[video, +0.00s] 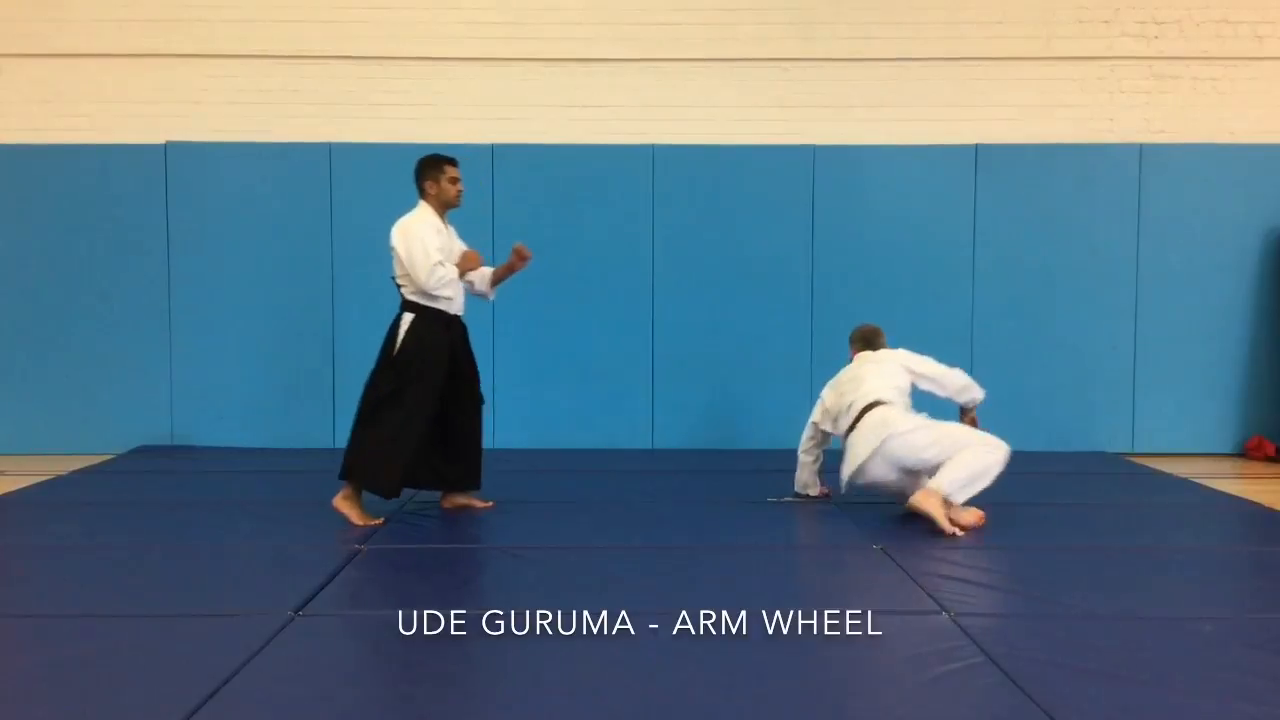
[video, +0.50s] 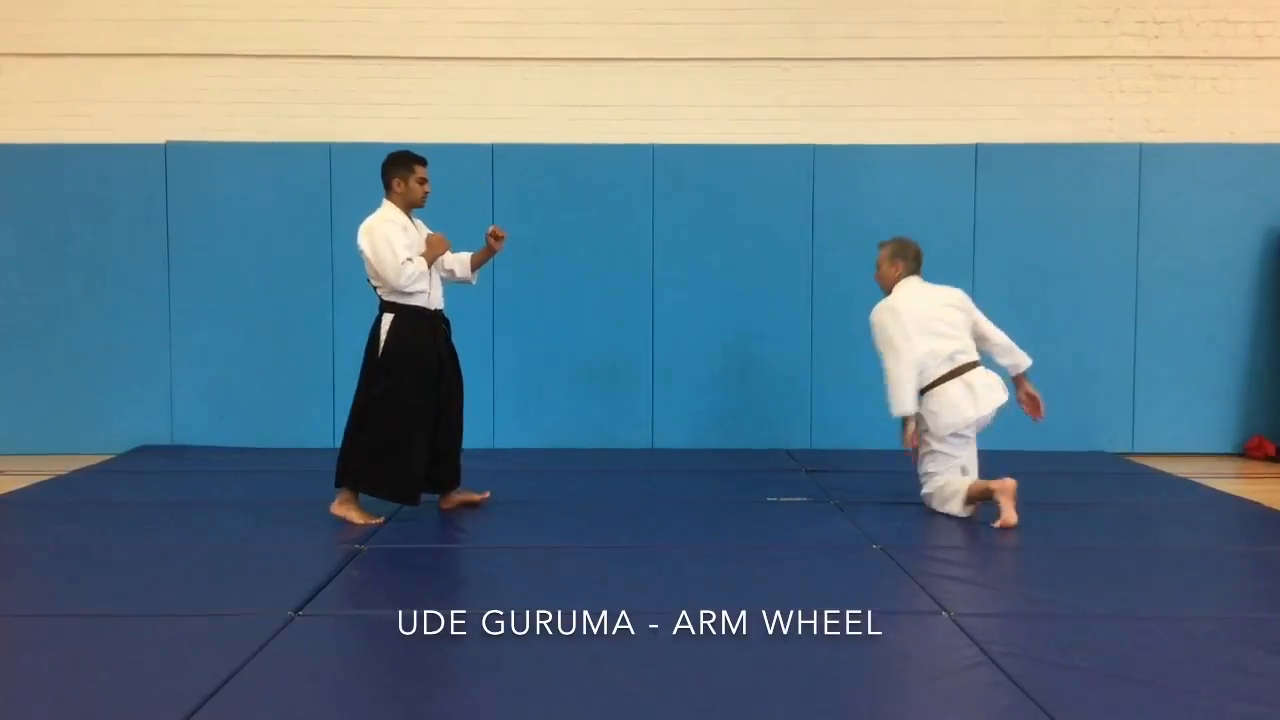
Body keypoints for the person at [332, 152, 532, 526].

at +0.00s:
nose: (460, 188)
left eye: (460, 181)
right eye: (453, 181)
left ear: (440, 188)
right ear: (430, 186)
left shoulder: (447, 233)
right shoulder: (411, 227)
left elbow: (474, 282)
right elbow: (429, 281)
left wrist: (508, 268)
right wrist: (460, 267)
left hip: (449, 328)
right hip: (419, 327)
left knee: (463, 405)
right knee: (392, 407)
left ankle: (455, 491)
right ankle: (350, 493)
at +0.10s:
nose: (449, 186)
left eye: (449, 179)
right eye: (442, 180)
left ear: (427, 185)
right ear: (419, 183)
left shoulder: (435, 229)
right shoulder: (398, 224)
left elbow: (461, 276)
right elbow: (415, 277)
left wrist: (495, 260)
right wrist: (447, 261)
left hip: (442, 327)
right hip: (410, 326)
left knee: (453, 405)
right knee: (385, 407)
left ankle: (453, 490)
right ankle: (349, 494)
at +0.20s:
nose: (441, 188)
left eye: (441, 181)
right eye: (434, 181)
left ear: (420, 185)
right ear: (411, 183)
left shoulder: (426, 229)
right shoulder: (388, 224)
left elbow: (454, 272)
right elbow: (408, 276)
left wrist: (491, 254)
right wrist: (438, 259)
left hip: (435, 327)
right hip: (404, 326)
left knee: (449, 404)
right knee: (379, 408)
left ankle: (450, 490)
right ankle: (348, 494)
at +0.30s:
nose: (434, 188)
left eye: (434, 181)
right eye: (428, 181)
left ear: (412, 185)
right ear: (404, 182)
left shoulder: (420, 228)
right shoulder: (382, 225)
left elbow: (450, 269)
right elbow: (404, 278)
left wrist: (489, 257)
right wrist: (434, 258)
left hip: (433, 326)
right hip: (401, 326)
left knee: (446, 404)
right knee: (378, 408)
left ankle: (449, 490)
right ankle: (348, 494)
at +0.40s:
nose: (430, 186)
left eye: (430, 180)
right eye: (424, 180)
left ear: (409, 184)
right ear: (399, 182)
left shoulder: (418, 228)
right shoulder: (378, 225)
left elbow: (448, 269)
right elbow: (401, 277)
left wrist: (486, 254)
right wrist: (431, 255)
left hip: (433, 326)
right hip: (400, 326)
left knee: (445, 405)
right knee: (378, 409)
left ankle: (448, 490)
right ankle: (347, 494)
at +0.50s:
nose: (428, 188)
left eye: (427, 181)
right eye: (421, 181)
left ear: (406, 185)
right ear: (397, 184)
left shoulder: (416, 228)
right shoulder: (376, 226)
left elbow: (450, 267)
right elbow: (401, 277)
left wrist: (487, 252)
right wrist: (430, 254)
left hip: (432, 327)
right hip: (399, 327)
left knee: (445, 407)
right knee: (377, 411)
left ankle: (449, 491)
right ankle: (346, 497)